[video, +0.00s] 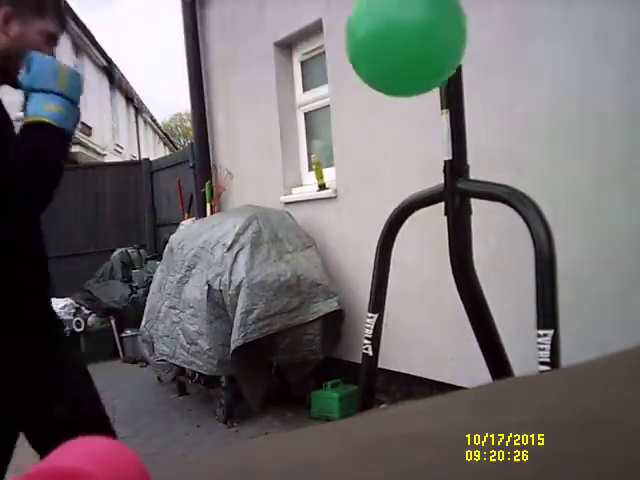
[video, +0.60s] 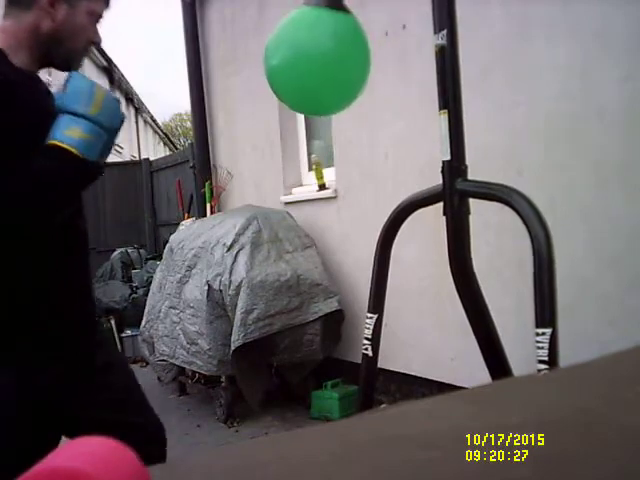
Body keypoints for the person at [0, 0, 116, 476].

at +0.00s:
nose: (51, 50)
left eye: (56, 40)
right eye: (48, 35)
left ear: (10, 23)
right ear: (8, 19)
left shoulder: (1, 106)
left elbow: (18, 205)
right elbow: (17, 205)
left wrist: (48, 110)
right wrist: (50, 105)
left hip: (22, 322)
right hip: (13, 326)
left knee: (93, 462)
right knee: (94, 461)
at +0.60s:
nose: (97, 37)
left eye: (99, 21)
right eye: (94, 18)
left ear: (53, 11)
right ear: (53, 9)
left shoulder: (40, 99)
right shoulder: (14, 95)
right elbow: (10, 225)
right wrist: (67, 151)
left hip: (62, 325)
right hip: (27, 331)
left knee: (135, 443)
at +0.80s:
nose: (131, 49)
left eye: (135, 35)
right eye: (131, 32)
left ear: (93, 16)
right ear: (95, 15)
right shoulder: (36, 89)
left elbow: (112, 191)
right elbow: (118, 191)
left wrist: (129, 109)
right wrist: (146, 107)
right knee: (172, 451)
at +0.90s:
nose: (142, 44)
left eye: (146, 34)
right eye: (142, 29)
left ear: (108, 16)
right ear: (109, 15)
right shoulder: (48, 80)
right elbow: (136, 180)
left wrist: (128, 102)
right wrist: (159, 98)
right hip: (76, 341)